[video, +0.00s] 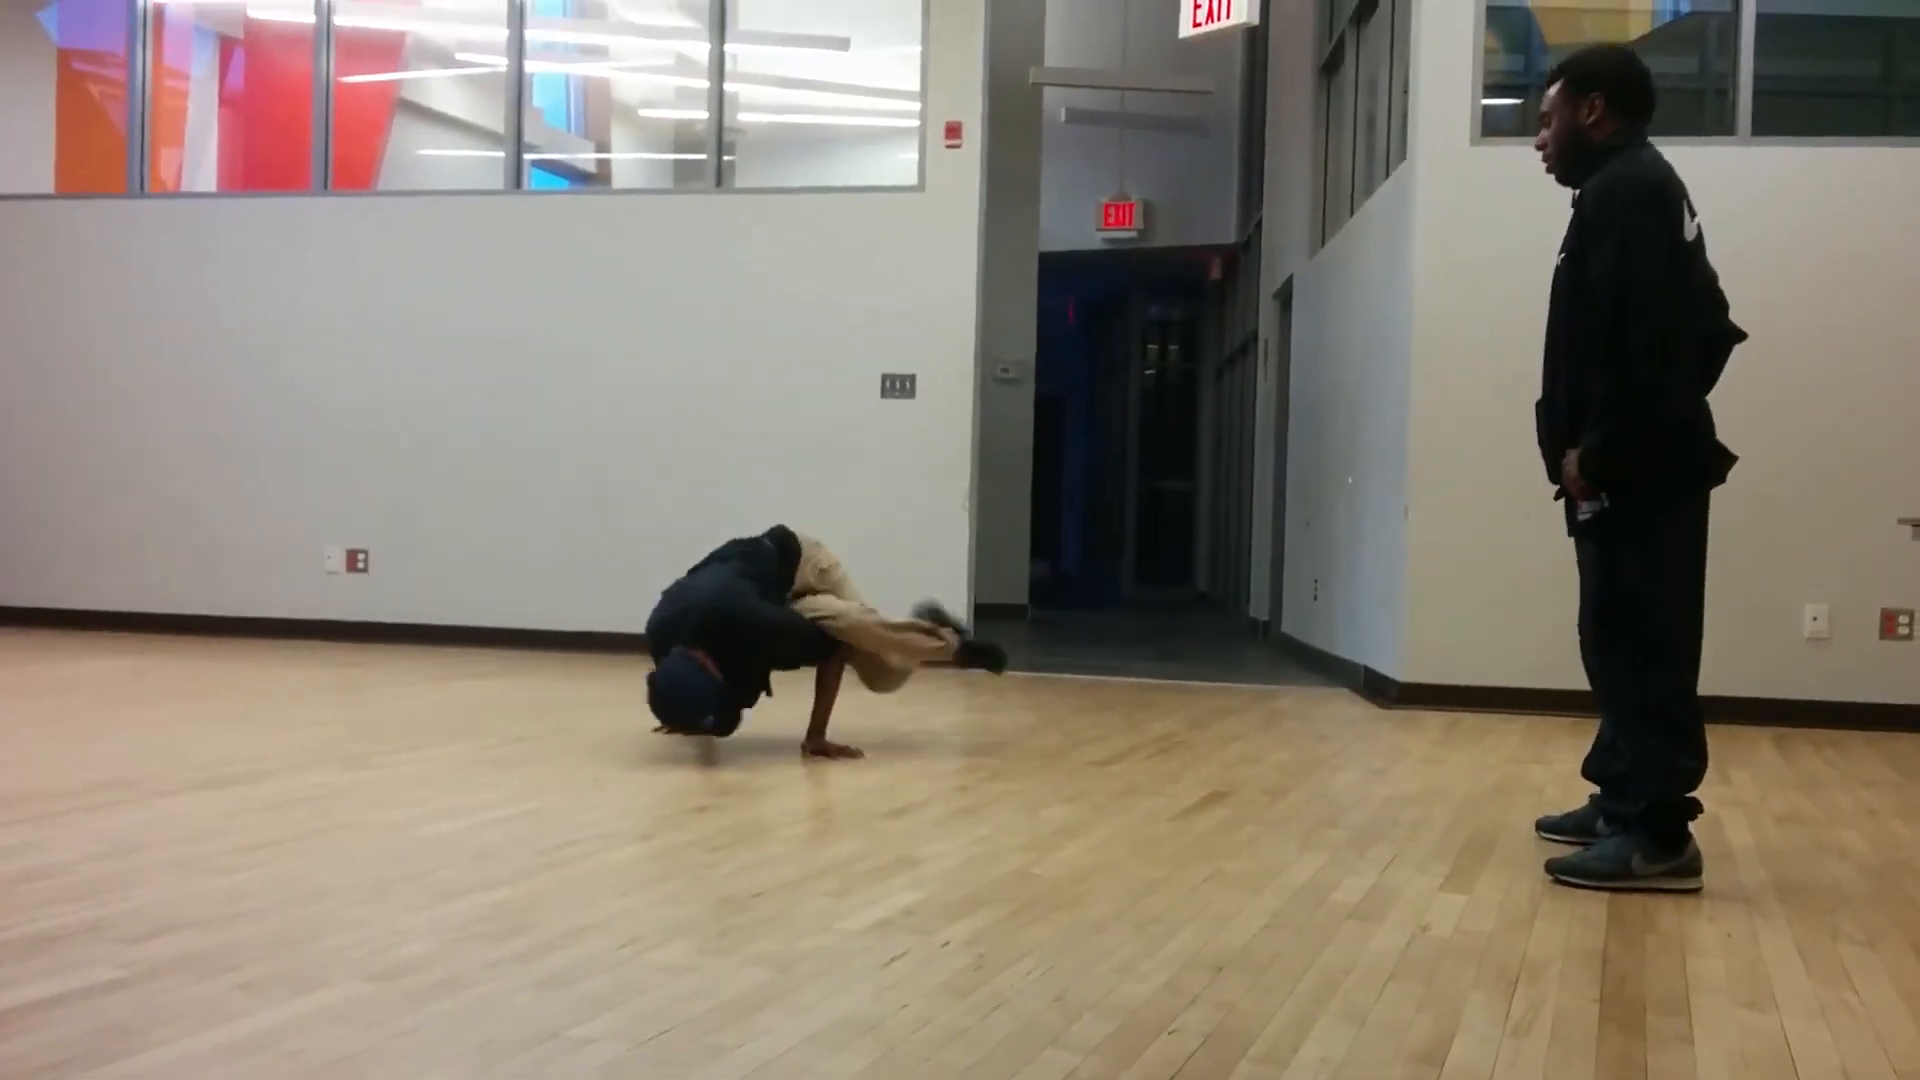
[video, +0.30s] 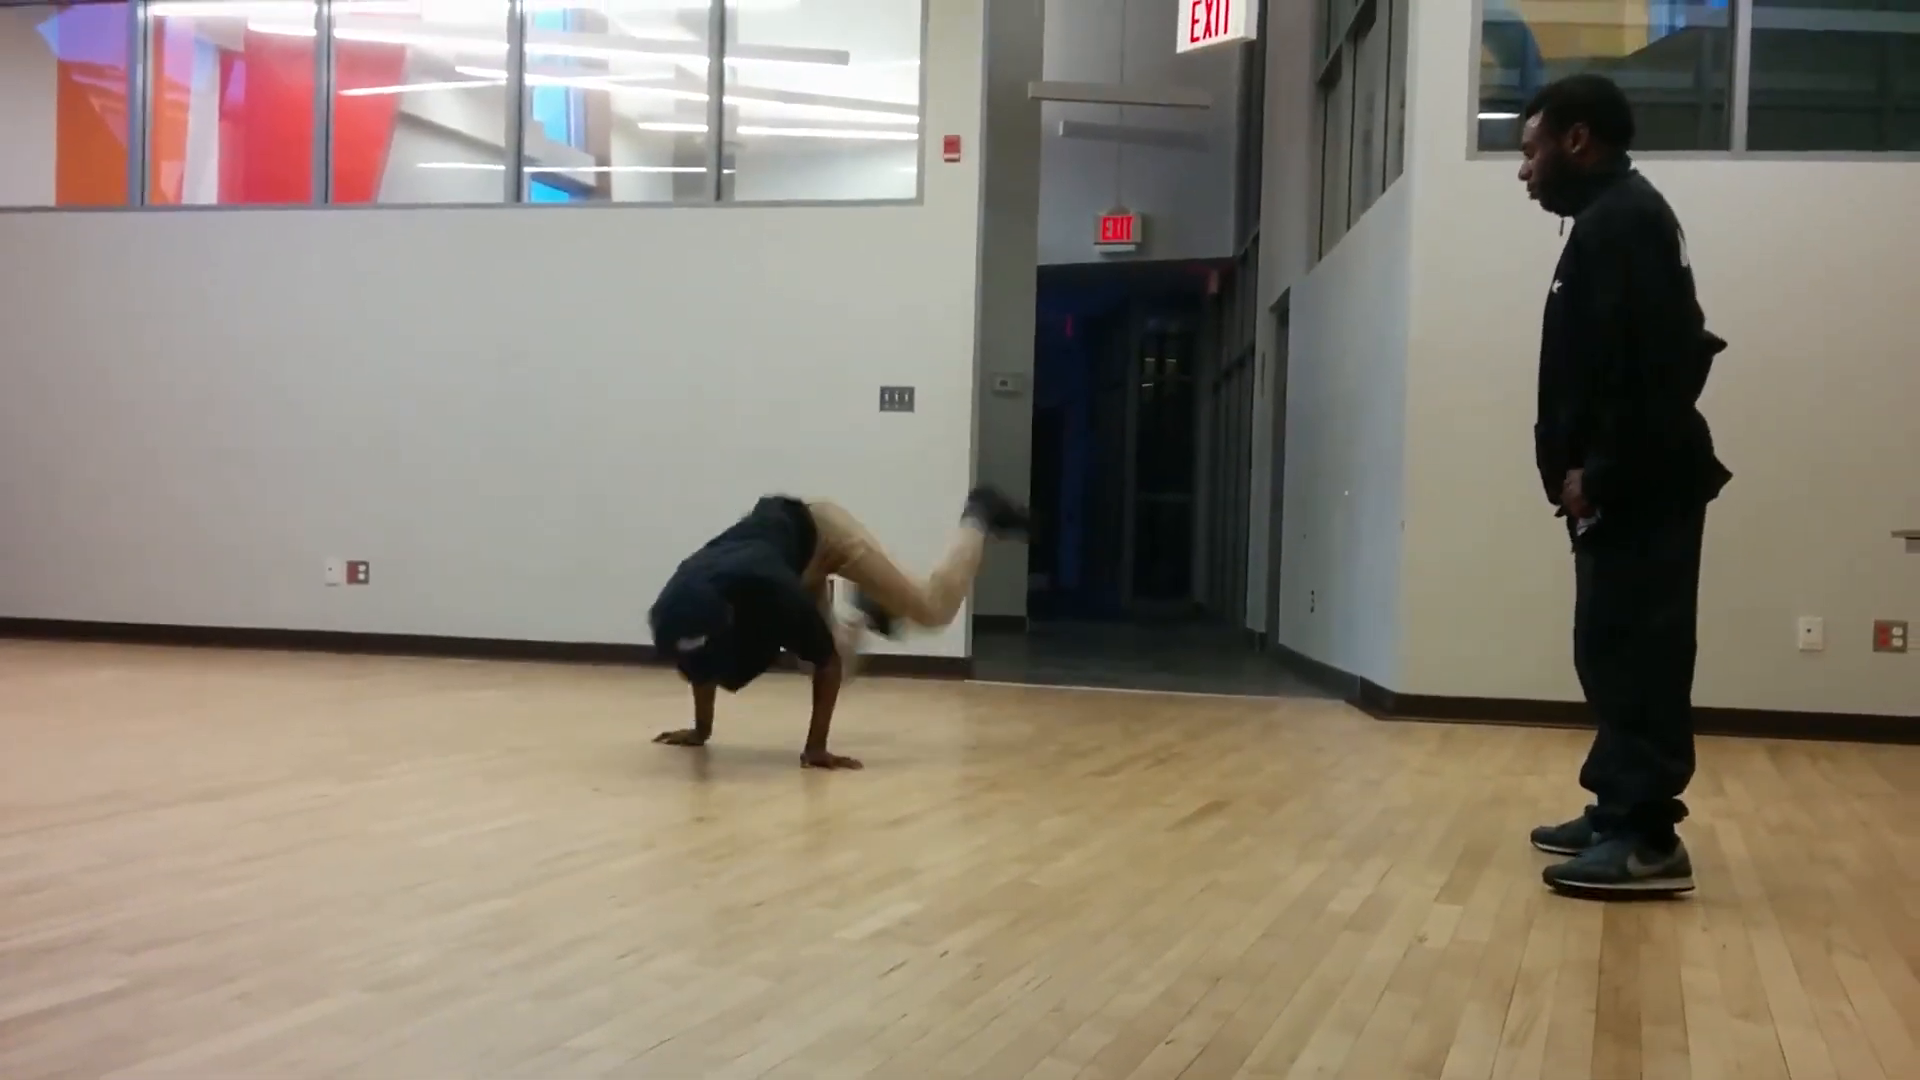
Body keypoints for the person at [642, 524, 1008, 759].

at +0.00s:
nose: (711, 725)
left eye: (713, 716)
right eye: (701, 725)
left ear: (706, 667)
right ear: (671, 675)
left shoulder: (745, 626)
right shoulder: (660, 635)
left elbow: (834, 649)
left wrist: (815, 739)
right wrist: (682, 720)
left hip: (796, 561)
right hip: (768, 604)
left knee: (885, 678)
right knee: (846, 620)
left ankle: (932, 629)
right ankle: (954, 651)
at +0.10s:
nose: (695, 691)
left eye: (695, 682)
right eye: (679, 697)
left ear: (697, 652)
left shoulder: (738, 614)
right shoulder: (653, 631)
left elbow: (826, 659)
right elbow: (699, 680)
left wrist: (815, 743)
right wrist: (692, 728)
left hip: (799, 555)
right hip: (788, 607)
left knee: (921, 626)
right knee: (872, 647)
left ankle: (931, 566)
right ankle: (980, 658)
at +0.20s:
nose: (696, 687)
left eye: (701, 675)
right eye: (683, 683)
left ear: (714, 643)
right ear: (661, 660)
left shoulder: (750, 607)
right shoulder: (652, 626)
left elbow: (822, 661)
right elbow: (692, 672)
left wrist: (814, 745)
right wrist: (700, 729)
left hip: (805, 550)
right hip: (791, 601)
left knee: (944, 588)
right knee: (874, 668)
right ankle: (955, 658)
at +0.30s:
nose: (700, 663)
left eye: (707, 649)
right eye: (690, 656)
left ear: (724, 617)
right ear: (673, 633)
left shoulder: (768, 594)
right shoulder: (669, 616)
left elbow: (828, 663)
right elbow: (699, 669)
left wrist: (815, 749)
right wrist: (701, 731)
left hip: (815, 527)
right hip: (774, 556)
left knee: (933, 612)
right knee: (830, 670)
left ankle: (980, 514)